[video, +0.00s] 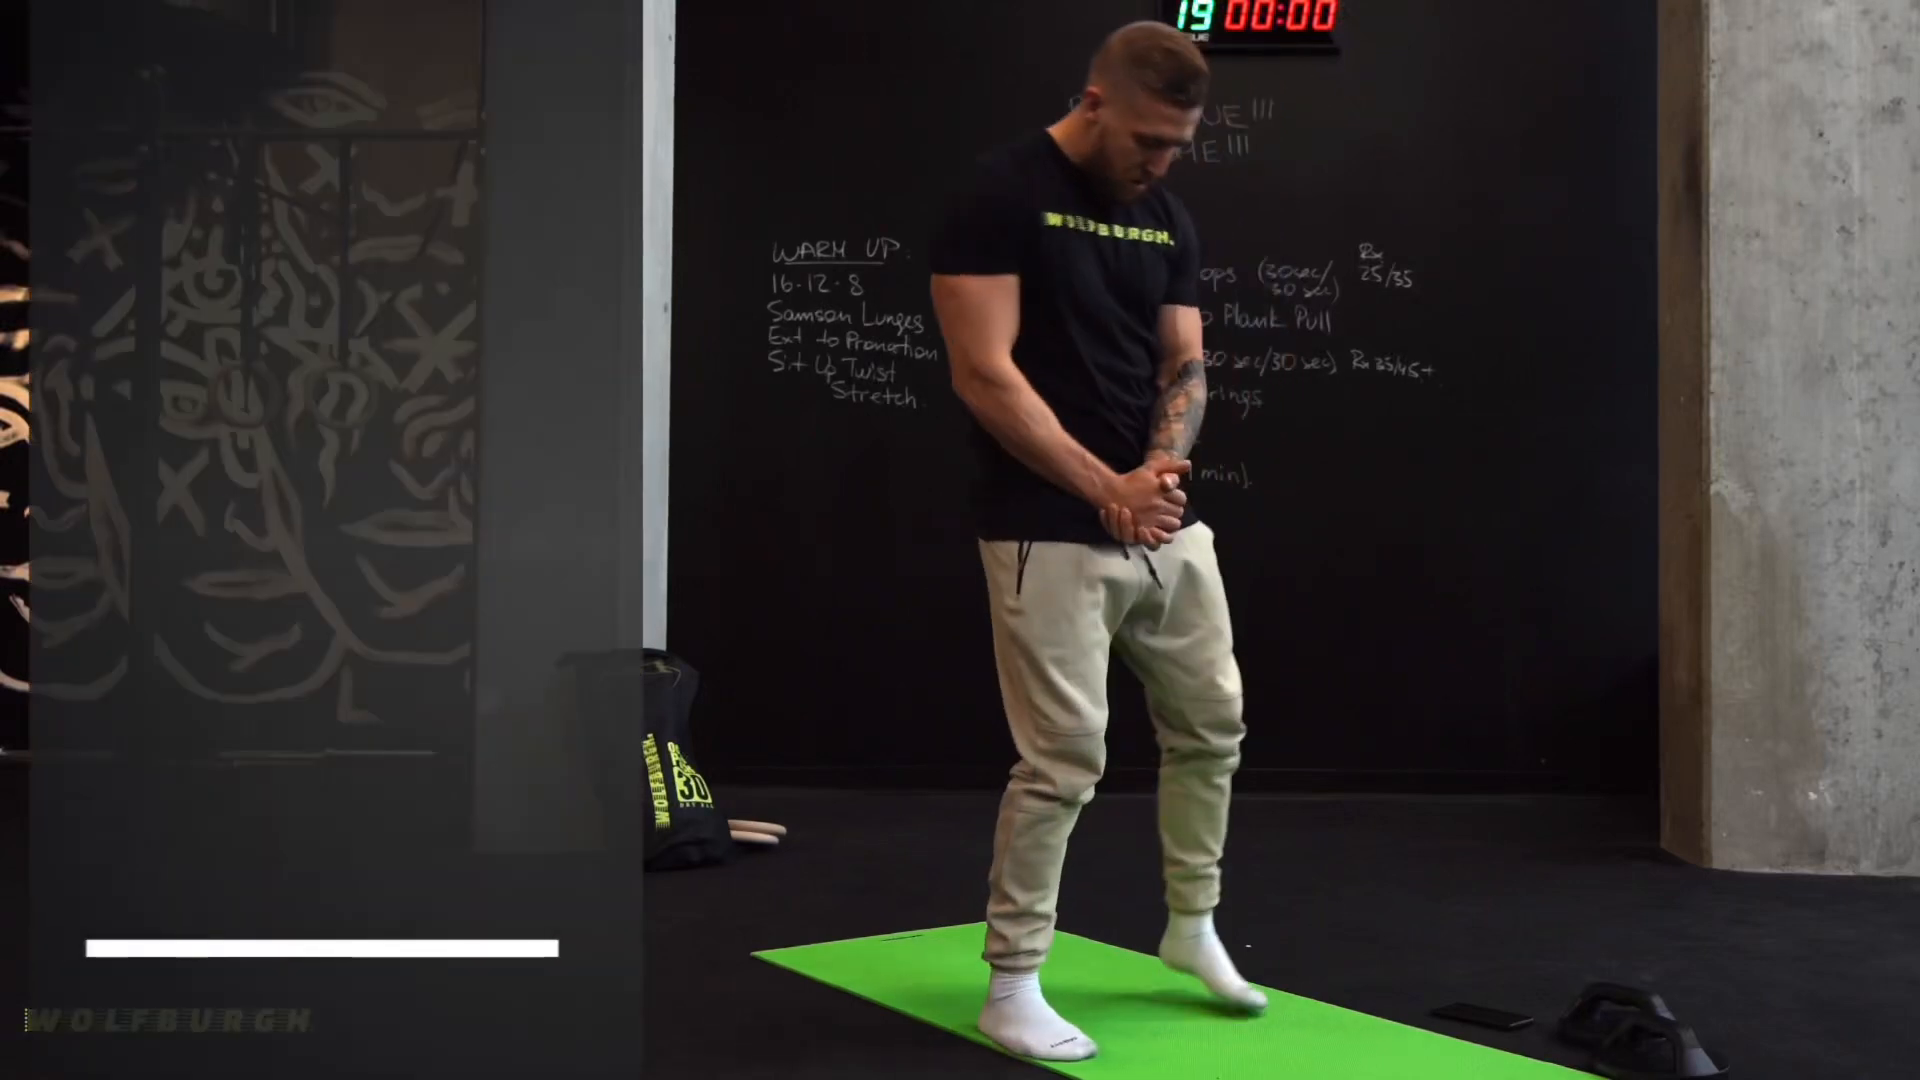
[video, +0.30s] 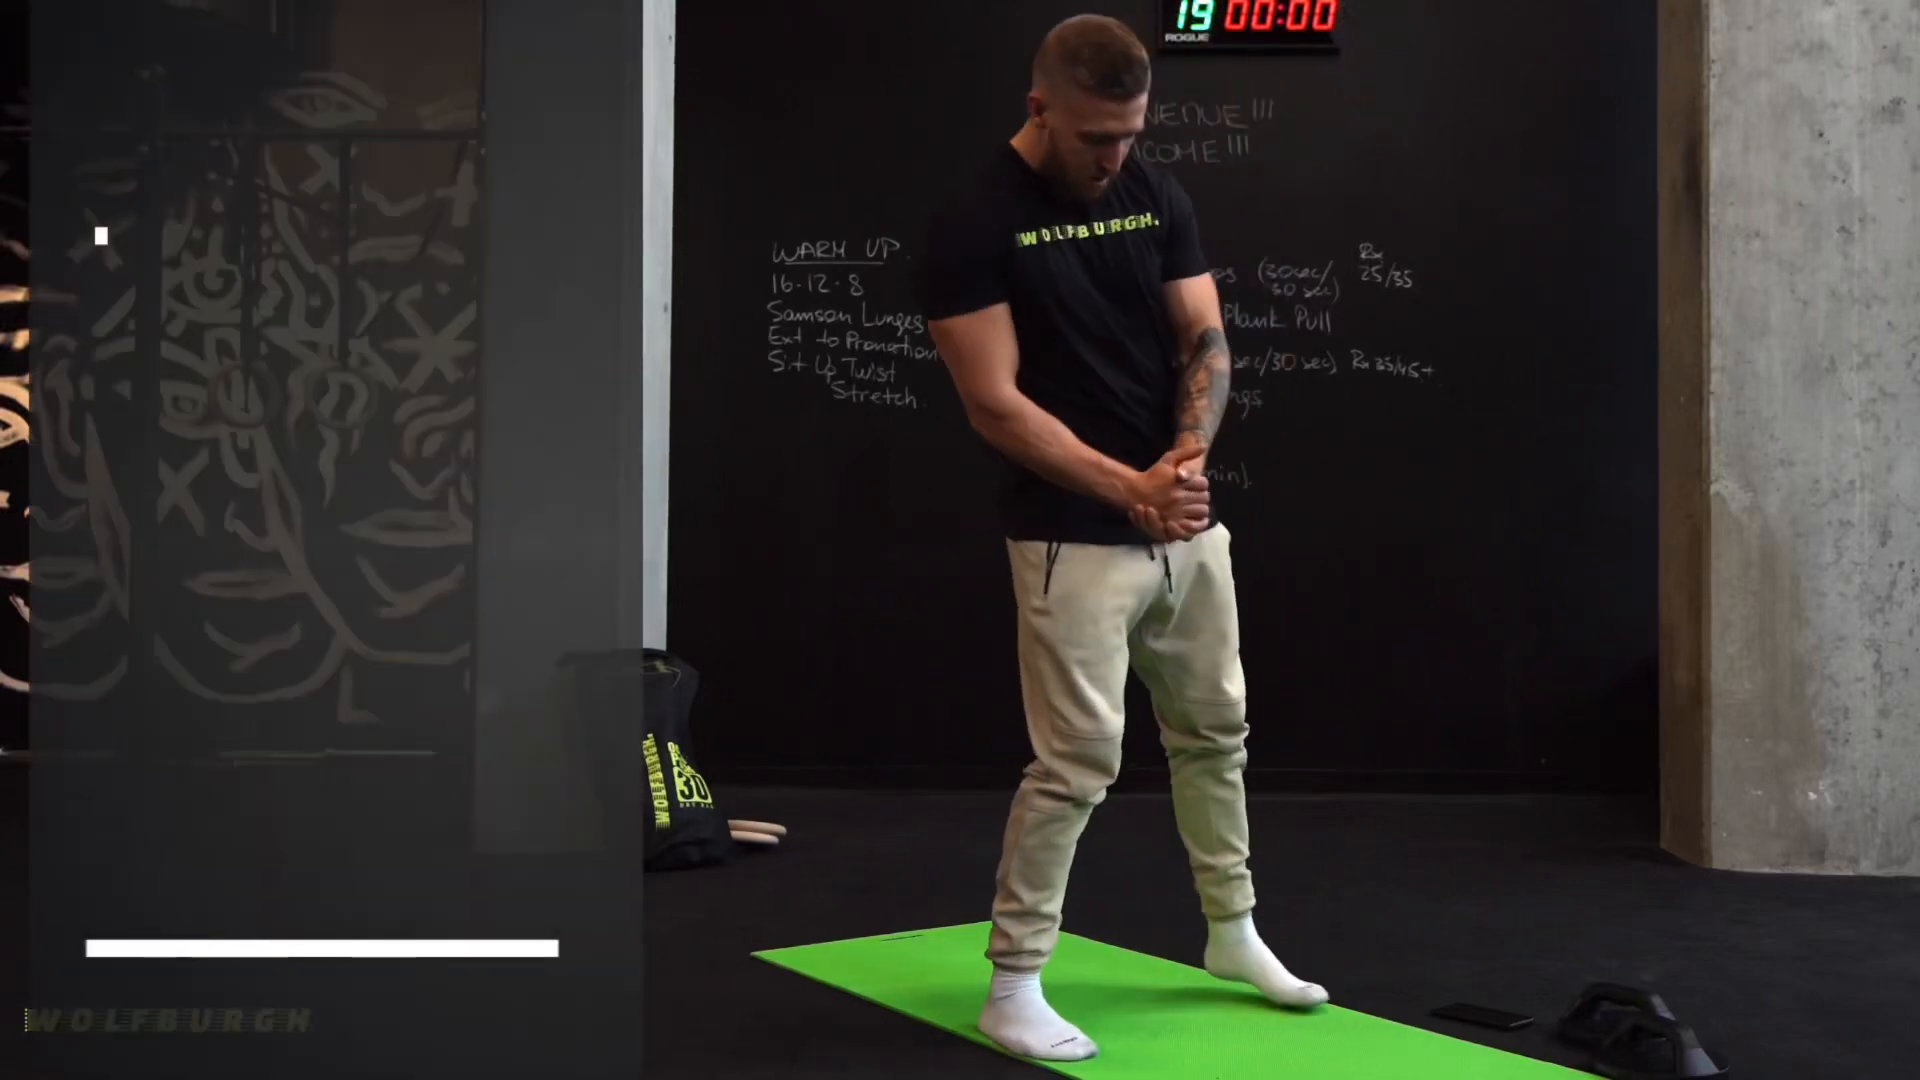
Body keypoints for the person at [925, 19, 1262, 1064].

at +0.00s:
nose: (1163, 166)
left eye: (1177, 147)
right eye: (1148, 143)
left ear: (1187, 128)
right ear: (1092, 102)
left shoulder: (1163, 212)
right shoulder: (1000, 195)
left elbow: (1185, 366)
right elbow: (982, 374)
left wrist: (1161, 471)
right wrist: (1103, 489)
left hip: (1161, 524)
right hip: (1047, 534)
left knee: (1209, 728)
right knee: (1062, 756)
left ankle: (1189, 930)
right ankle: (1014, 988)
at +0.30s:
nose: (1118, 158)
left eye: (1130, 137)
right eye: (1097, 139)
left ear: (1144, 112)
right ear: (1038, 109)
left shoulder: (1150, 193)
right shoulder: (972, 222)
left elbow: (1205, 338)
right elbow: (991, 402)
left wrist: (1187, 454)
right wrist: (1128, 490)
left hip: (1184, 524)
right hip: (1074, 541)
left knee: (1214, 735)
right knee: (1076, 762)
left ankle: (1232, 939)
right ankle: (1014, 985)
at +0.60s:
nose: (1177, 160)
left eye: (1193, 139)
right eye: (1158, 140)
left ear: (1208, 121)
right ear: (1103, 114)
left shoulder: (1220, 206)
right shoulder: (1046, 226)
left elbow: (1271, 349)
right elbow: (1052, 395)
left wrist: (1244, 439)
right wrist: (1169, 471)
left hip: (1229, 533)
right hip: (1116, 537)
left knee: (1222, 751)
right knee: (1086, 759)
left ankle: (1227, 953)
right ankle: (1017, 985)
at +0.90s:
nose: (1264, 169)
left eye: (1283, 153)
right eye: (1252, 145)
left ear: (1299, 144)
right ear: (1207, 110)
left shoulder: (1278, 238)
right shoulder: (1110, 203)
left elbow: (1304, 375)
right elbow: (1092, 353)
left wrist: (1277, 434)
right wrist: (1194, 442)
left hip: (1237, 537)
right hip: (1119, 530)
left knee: (1230, 750)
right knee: (1085, 749)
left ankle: (1228, 953)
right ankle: (1035, 973)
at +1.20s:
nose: (1240, 165)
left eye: (1258, 151)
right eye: (1229, 140)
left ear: (1270, 142)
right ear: (1180, 106)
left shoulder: (1239, 237)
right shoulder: (1087, 194)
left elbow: (1272, 368)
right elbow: (1076, 343)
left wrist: (1269, 418)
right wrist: (1200, 431)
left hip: (1207, 536)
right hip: (1094, 528)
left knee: (1215, 749)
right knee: (1078, 757)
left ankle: (1226, 954)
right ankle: (1033, 981)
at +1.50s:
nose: (1194, 133)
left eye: (1210, 114)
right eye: (1177, 111)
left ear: (1220, 109)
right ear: (1125, 90)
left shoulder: (1217, 212)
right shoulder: (1052, 197)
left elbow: (1259, 343)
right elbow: (1063, 358)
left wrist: (1263, 403)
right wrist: (1200, 426)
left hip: (1204, 531)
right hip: (1088, 527)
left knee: (1217, 748)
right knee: (1070, 759)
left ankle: (1234, 954)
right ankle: (1033, 980)